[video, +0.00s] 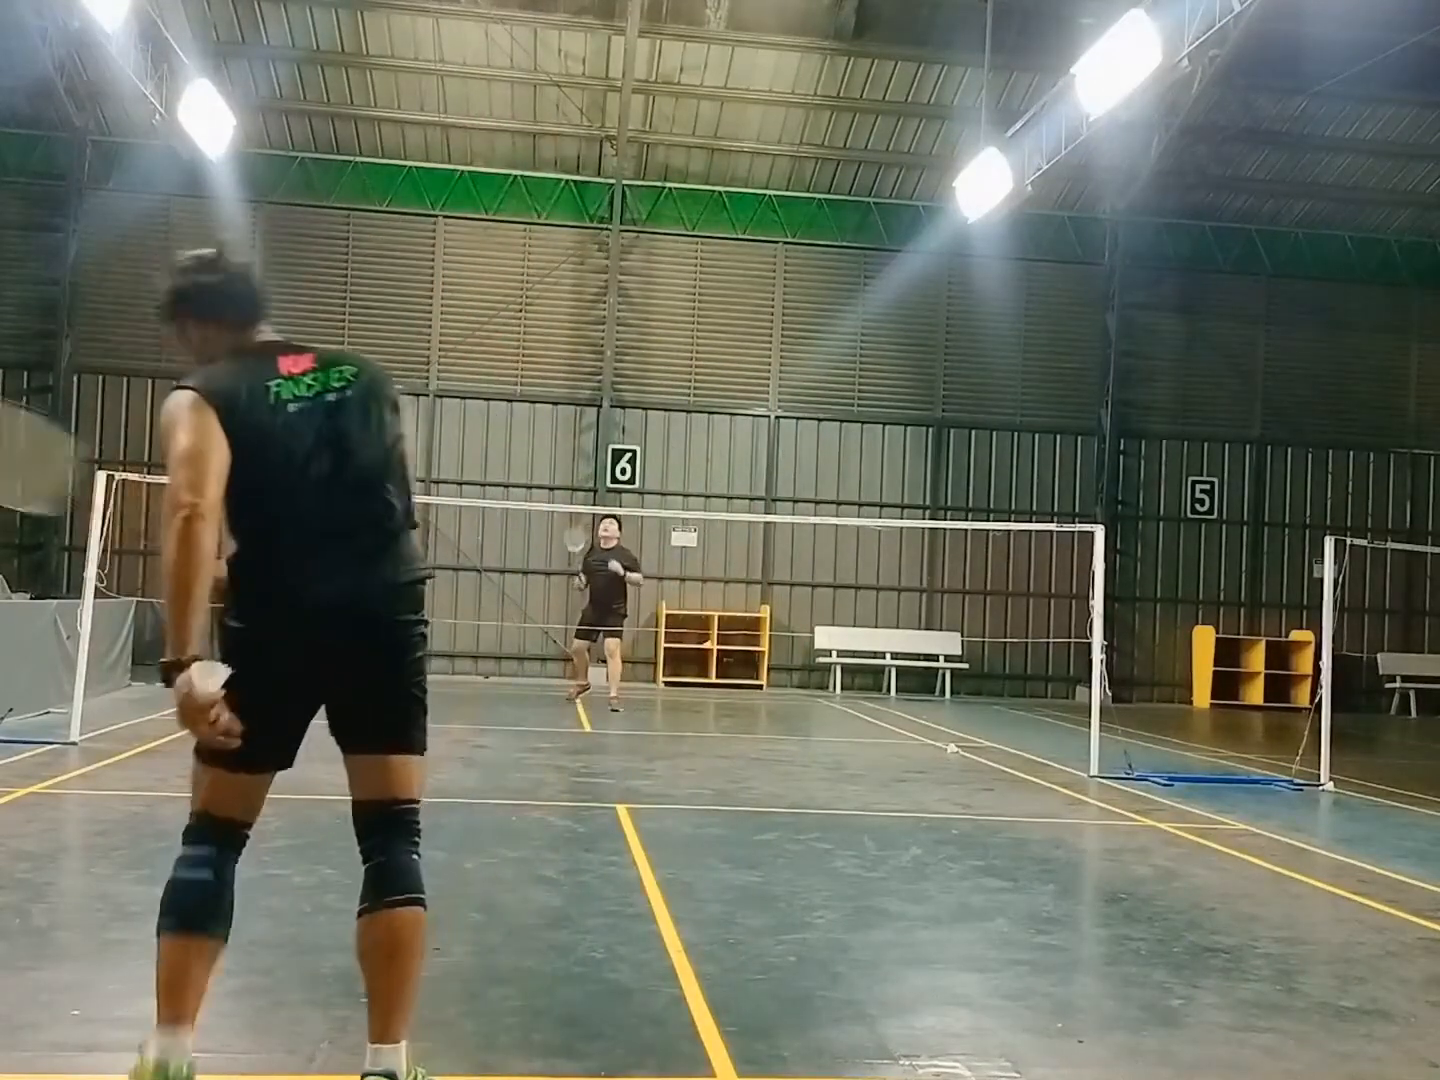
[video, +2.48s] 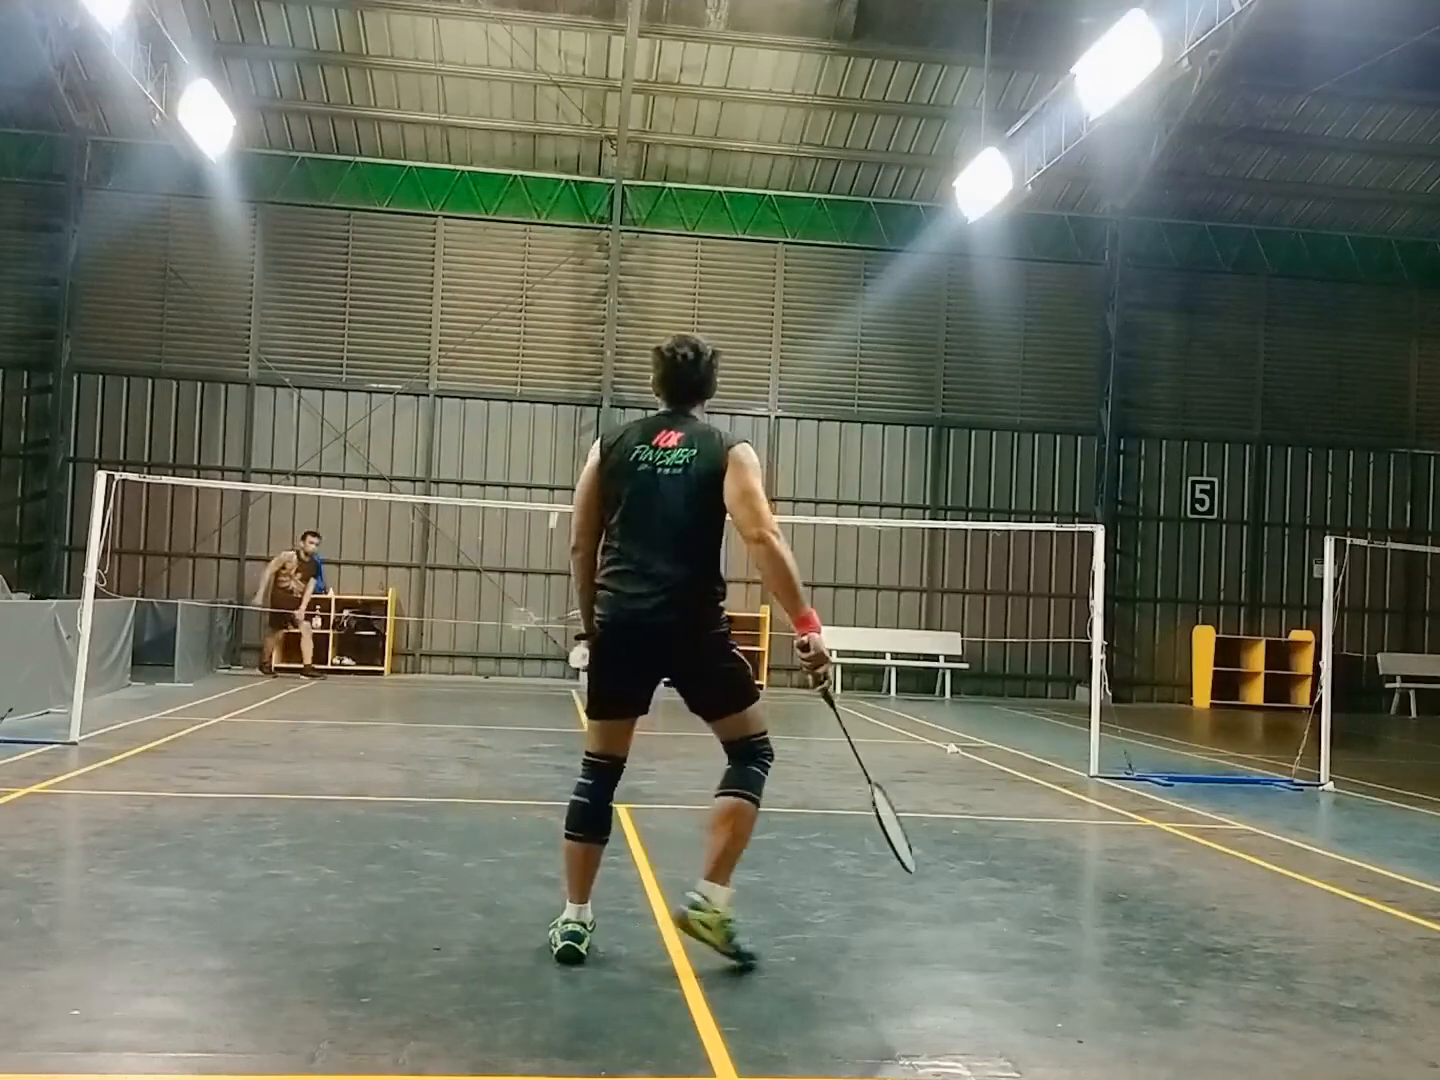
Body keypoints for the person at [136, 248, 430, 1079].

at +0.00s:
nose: (179, 345)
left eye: (177, 331)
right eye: (179, 331)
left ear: (191, 327)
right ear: (256, 317)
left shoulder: (200, 399)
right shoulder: (359, 380)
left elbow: (193, 510)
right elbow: (390, 507)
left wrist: (187, 660)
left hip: (272, 631)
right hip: (383, 627)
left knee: (214, 839)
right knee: (392, 834)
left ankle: (170, 1054)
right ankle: (389, 1060)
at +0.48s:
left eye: (298, 331)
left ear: (295, 333)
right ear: (364, 331)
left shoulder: (258, 406)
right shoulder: (420, 403)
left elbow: (220, 534)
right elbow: (470, 518)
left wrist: (208, 642)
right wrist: (515, 629)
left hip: (292, 623)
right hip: (393, 624)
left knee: (270, 799)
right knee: (409, 797)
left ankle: (250, 989)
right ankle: (384, 951)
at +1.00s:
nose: (515, 371)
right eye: (517, 362)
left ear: (459, 362)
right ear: (517, 367)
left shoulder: (410, 424)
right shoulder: (540, 439)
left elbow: (368, 522)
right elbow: (549, 549)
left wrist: (350, 602)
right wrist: (566, 648)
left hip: (415, 620)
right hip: (492, 628)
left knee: (399, 753)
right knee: (487, 774)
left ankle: (342, 866)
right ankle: (461, 932)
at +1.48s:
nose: (633, 371)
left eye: (629, 360)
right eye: (627, 362)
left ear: (573, 372)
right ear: (607, 372)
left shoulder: (524, 418)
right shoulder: (624, 445)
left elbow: (475, 497)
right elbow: (705, 498)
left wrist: (459, 571)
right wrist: (800, 483)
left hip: (503, 604)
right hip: (568, 610)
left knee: (483, 741)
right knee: (623, 742)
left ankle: (442, 879)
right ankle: (660, 899)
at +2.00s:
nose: (774, 409)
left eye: (772, 398)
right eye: (774, 399)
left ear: (714, 398)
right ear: (765, 405)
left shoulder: (662, 439)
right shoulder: (754, 477)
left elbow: (603, 514)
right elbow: (748, 558)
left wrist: (616, 579)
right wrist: (727, 639)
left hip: (597, 610)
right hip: (658, 624)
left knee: (594, 740)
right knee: (690, 766)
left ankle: (527, 882)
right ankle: (659, 929)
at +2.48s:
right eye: (710, 387)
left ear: (657, 386)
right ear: (711, 391)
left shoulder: (611, 445)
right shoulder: (729, 451)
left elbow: (584, 542)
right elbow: (762, 538)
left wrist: (591, 623)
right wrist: (808, 628)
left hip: (617, 627)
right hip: (692, 629)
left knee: (599, 766)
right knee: (749, 751)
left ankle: (575, 916)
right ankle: (712, 899)